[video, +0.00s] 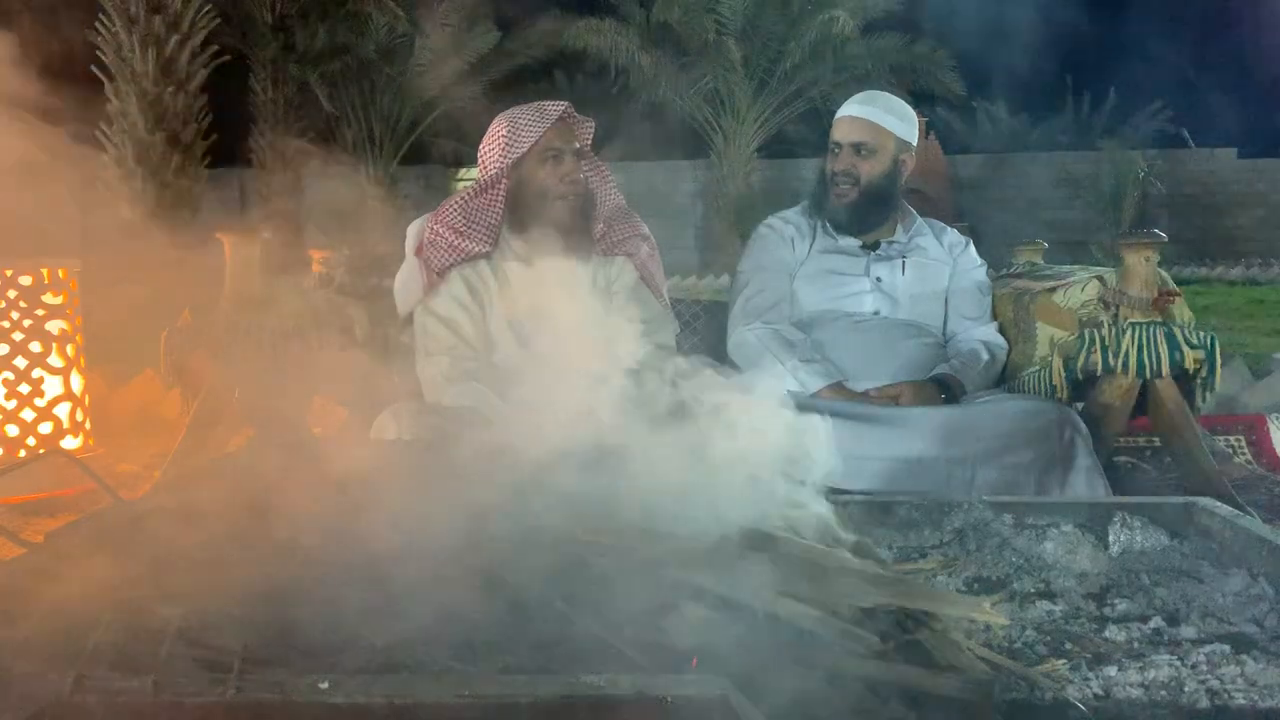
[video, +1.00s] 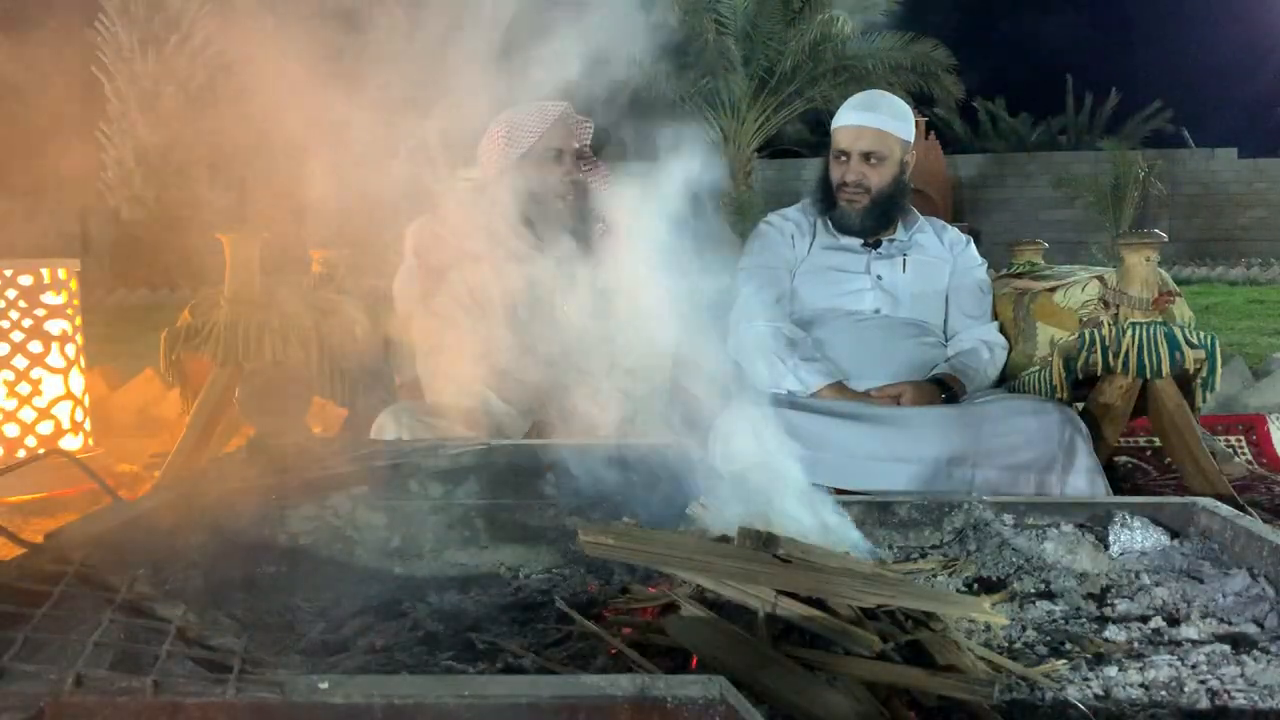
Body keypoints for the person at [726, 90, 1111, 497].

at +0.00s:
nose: (840, 166)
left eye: (861, 152)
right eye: (835, 150)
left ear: (904, 164)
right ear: (825, 156)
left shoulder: (952, 248)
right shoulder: (784, 234)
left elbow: (980, 345)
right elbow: (755, 331)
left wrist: (937, 389)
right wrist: (833, 395)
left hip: (935, 421)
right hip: (824, 417)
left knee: (1055, 425)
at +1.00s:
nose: (850, 174)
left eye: (871, 160)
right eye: (840, 157)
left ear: (906, 167)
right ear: (827, 159)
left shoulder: (952, 247)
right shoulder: (785, 232)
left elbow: (981, 342)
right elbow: (755, 333)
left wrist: (940, 388)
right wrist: (839, 397)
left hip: (935, 419)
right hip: (823, 417)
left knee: (1054, 427)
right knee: (746, 433)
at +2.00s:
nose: (905, 170)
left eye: (913, 155)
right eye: (887, 154)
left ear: (926, 163)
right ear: (849, 161)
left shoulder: (953, 248)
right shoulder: (787, 236)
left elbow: (982, 337)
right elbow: (750, 337)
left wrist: (940, 389)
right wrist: (824, 392)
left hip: (920, 417)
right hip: (812, 416)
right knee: (740, 429)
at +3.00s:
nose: (880, 173)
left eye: (899, 160)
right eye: (868, 154)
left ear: (919, 171)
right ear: (844, 156)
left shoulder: (954, 251)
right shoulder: (787, 233)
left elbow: (980, 344)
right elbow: (753, 330)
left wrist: (939, 387)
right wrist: (828, 393)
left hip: (934, 421)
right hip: (825, 419)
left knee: (1055, 427)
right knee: (739, 424)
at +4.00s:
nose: (889, 181)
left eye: (904, 166)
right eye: (874, 162)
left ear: (919, 170)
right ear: (842, 155)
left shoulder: (953, 250)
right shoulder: (786, 236)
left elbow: (980, 354)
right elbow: (755, 337)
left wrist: (928, 399)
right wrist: (845, 401)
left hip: (931, 422)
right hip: (821, 422)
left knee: (1057, 427)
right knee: (742, 426)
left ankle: (1081, 575)